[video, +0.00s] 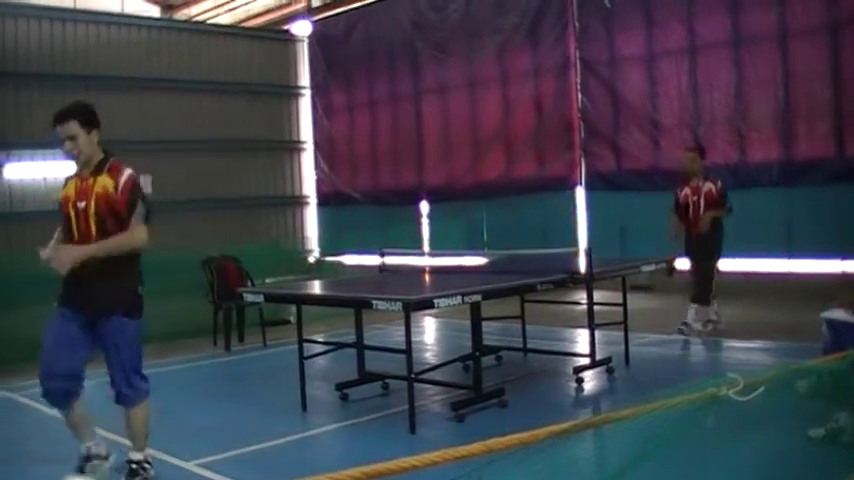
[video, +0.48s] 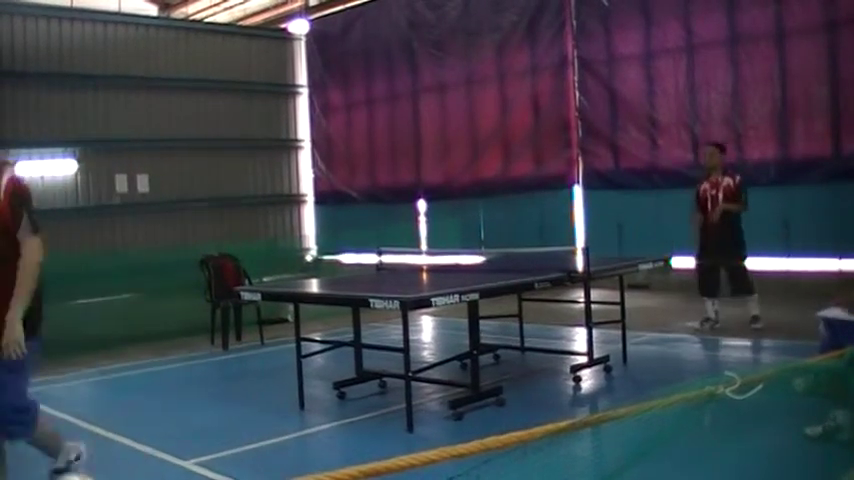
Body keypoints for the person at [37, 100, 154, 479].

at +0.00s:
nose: (68, 148)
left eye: (73, 138)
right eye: (63, 142)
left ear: (95, 134)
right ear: (63, 144)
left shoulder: (123, 178)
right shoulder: (71, 186)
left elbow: (140, 235)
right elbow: (67, 228)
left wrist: (81, 253)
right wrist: (53, 247)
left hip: (119, 300)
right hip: (77, 299)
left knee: (129, 384)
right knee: (56, 380)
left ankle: (139, 460)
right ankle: (93, 449)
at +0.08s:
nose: (53, 150)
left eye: (58, 141)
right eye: (48, 143)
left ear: (80, 136)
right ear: (48, 145)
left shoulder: (108, 179)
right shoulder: (60, 186)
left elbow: (120, 238)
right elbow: (63, 231)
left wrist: (59, 257)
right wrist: (42, 253)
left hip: (108, 305)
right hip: (64, 304)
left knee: (126, 387)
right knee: (46, 390)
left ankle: (138, 461)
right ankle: (50, 472)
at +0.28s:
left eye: (4, 148)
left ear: (26, 144)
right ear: (13, 147)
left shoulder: (55, 189)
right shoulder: (9, 195)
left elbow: (72, 252)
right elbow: (18, 259)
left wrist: (15, 294)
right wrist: (5, 294)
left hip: (67, 317)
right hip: (21, 321)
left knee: (100, 397)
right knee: (7, 415)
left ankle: (132, 451)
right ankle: (7, 474)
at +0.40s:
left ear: (5, 155)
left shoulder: (22, 185)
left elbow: (47, 251)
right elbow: (45, 250)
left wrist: (13, 312)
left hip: (34, 321)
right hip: (2, 323)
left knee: (48, 410)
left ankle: (102, 442)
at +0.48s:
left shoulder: (11, 187)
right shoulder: (10, 189)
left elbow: (32, 249)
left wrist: (14, 319)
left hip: (14, 328)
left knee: (12, 411)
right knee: (11, 411)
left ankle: (66, 452)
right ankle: (65, 453)